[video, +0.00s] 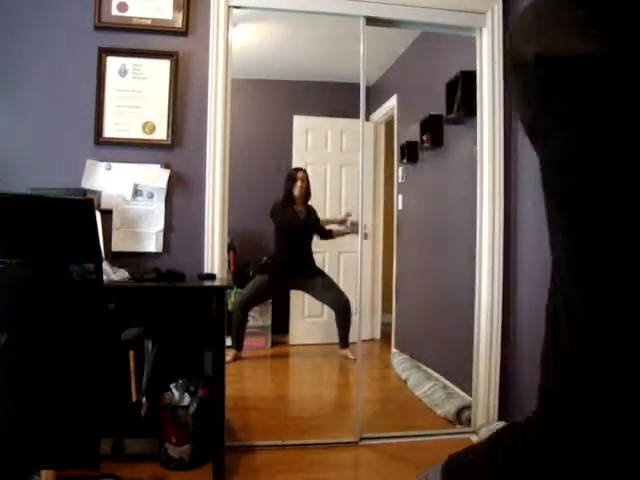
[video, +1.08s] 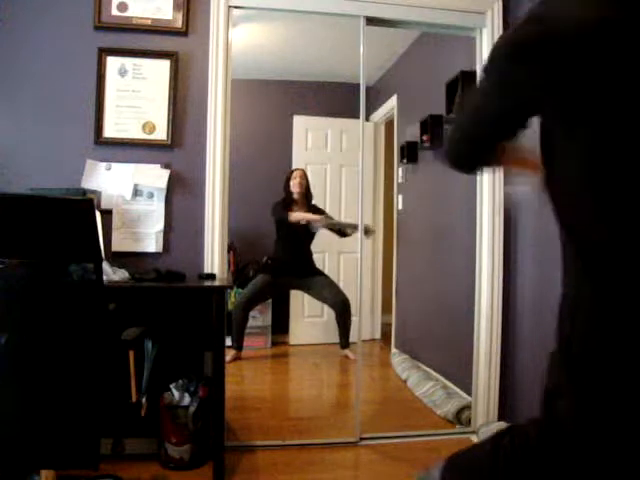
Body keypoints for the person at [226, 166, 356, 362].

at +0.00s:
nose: (300, 184)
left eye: (303, 180)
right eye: (296, 180)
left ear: (308, 185)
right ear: (289, 184)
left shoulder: (309, 212)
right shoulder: (279, 208)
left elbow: (324, 234)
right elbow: (297, 224)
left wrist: (348, 231)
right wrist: (334, 221)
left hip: (307, 272)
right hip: (278, 272)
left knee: (342, 303)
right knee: (240, 304)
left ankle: (344, 347)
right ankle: (236, 350)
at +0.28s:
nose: (297, 189)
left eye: (301, 185)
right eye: (294, 185)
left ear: (305, 189)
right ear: (287, 188)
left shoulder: (311, 213)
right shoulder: (277, 210)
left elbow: (336, 232)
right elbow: (280, 224)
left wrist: (351, 230)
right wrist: (305, 224)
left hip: (307, 274)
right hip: (277, 274)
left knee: (343, 305)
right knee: (241, 303)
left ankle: (344, 347)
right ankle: (236, 350)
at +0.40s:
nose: (298, 189)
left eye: (302, 185)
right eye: (295, 184)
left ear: (307, 189)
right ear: (288, 188)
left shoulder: (314, 211)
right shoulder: (278, 211)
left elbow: (332, 229)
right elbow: (256, 229)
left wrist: (326, 222)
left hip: (308, 273)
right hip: (278, 273)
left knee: (344, 304)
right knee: (241, 303)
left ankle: (345, 348)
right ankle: (236, 350)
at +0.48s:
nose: (297, 190)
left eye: (301, 186)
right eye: (294, 187)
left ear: (307, 192)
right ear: (289, 191)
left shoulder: (316, 209)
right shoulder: (284, 208)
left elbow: (314, 224)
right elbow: (264, 216)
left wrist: (298, 222)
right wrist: (242, 223)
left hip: (310, 273)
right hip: (280, 272)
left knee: (345, 302)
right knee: (245, 302)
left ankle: (345, 347)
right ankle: (236, 349)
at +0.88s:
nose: (303, 190)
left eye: (307, 186)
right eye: (300, 186)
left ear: (311, 190)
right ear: (294, 190)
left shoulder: (318, 213)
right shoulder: (284, 210)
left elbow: (332, 229)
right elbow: (263, 219)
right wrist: (248, 223)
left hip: (308, 274)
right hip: (279, 273)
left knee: (344, 303)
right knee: (243, 303)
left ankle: (344, 348)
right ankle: (236, 349)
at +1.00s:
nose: (298, 184)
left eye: (302, 181)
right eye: (295, 181)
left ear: (309, 186)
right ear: (289, 186)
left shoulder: (317, 213)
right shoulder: (284, 208)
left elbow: (346, 230)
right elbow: (260, 218)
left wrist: (339, 224)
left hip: (307, 273)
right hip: (278, 272)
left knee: (342, 303)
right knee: (243, 303)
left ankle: (345, 348)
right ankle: (236, 349)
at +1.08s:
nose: (297, 182)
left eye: (301, 179)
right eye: (294, 179)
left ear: (307, 184)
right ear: (288, 184)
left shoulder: (314, 211)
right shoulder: (280, 207)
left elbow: (340, 231)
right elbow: (283, 217)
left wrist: (351, 229)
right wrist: (308, 218)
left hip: (305, 271)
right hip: (277, 271)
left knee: (341, 303)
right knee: (242, 303)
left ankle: (345, 348)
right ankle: (236, 349)